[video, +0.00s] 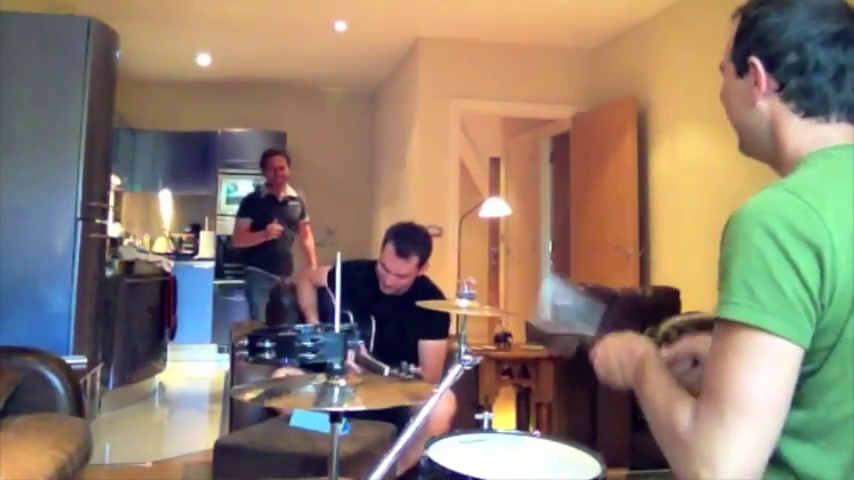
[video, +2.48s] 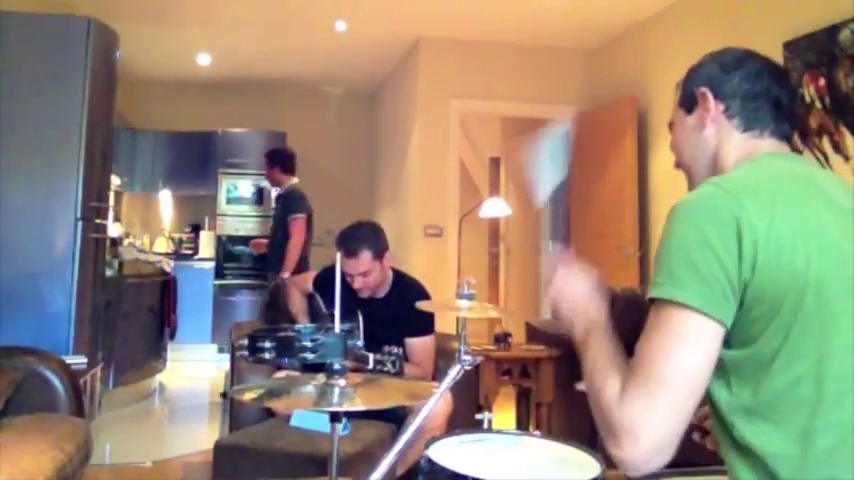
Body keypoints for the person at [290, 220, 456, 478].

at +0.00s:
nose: (389, 281)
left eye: (401, 276)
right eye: (384, 269)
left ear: (420, 270)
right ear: (380, 253)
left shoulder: (431, 302)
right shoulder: (354, 274)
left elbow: (431, 378)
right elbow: (305, 278)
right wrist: (315, 327)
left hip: (397, 388)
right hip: (341, 378)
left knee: (443, 404)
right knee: (284, 379)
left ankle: (391, 473)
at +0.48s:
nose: (368, 283)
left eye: (379, 277)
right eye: (363, 272)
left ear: (403, 269)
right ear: (359, 257)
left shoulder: (419, 296)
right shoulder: (340, 274)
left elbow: (425, 371)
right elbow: (297, 282)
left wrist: (372, 368)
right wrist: (309, 330)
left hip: (393, 387)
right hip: (337, 379)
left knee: (444, 404)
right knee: (281, 388)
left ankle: (392, 473)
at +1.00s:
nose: (360, 278)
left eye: (370, 269)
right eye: (353, 268)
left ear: (390, 259)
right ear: (345, 258)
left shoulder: (412, 295)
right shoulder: (336, 277)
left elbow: (423, 371)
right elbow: (292, 286)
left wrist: (370, 366)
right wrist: (304, 328)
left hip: (391, 389)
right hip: (335, 382)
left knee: (439, 402)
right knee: (279, 397)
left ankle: (389, 473)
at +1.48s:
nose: (360, 278)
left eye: (370, 268)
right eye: (352, 268)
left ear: (390, 258)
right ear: (344, 258)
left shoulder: (412, 295)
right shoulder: (336, 277)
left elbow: (424, 371)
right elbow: (293, 287)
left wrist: (371, 366)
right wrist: (305, 329)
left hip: (389, 388)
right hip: (336, 381)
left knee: (438, 403)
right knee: (280, 388)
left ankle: (387, 473)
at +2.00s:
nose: (359, 283)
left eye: (368, 273)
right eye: (352, 274)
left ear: (388, 260)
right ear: (344, 263)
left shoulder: (412, 295)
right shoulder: (333, 279)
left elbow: (424, 371)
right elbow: (294, 285)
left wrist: (369, 365)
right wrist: (305, 329)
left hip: (389, 389)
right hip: (335, 381)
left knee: (440, 402)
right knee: (280, 388)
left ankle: (388, 473)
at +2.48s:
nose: (357, 284)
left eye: (365, 275)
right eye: (349, 276)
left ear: (386, 261)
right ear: (341, 265)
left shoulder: (412, 295)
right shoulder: (333, 279)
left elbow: (423, 371)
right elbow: (293, 285)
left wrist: (368, 365)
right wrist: (306, 333)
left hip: (390, 388)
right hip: (336, 381)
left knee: (439, 402)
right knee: (281, 391)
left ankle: (389, 473)